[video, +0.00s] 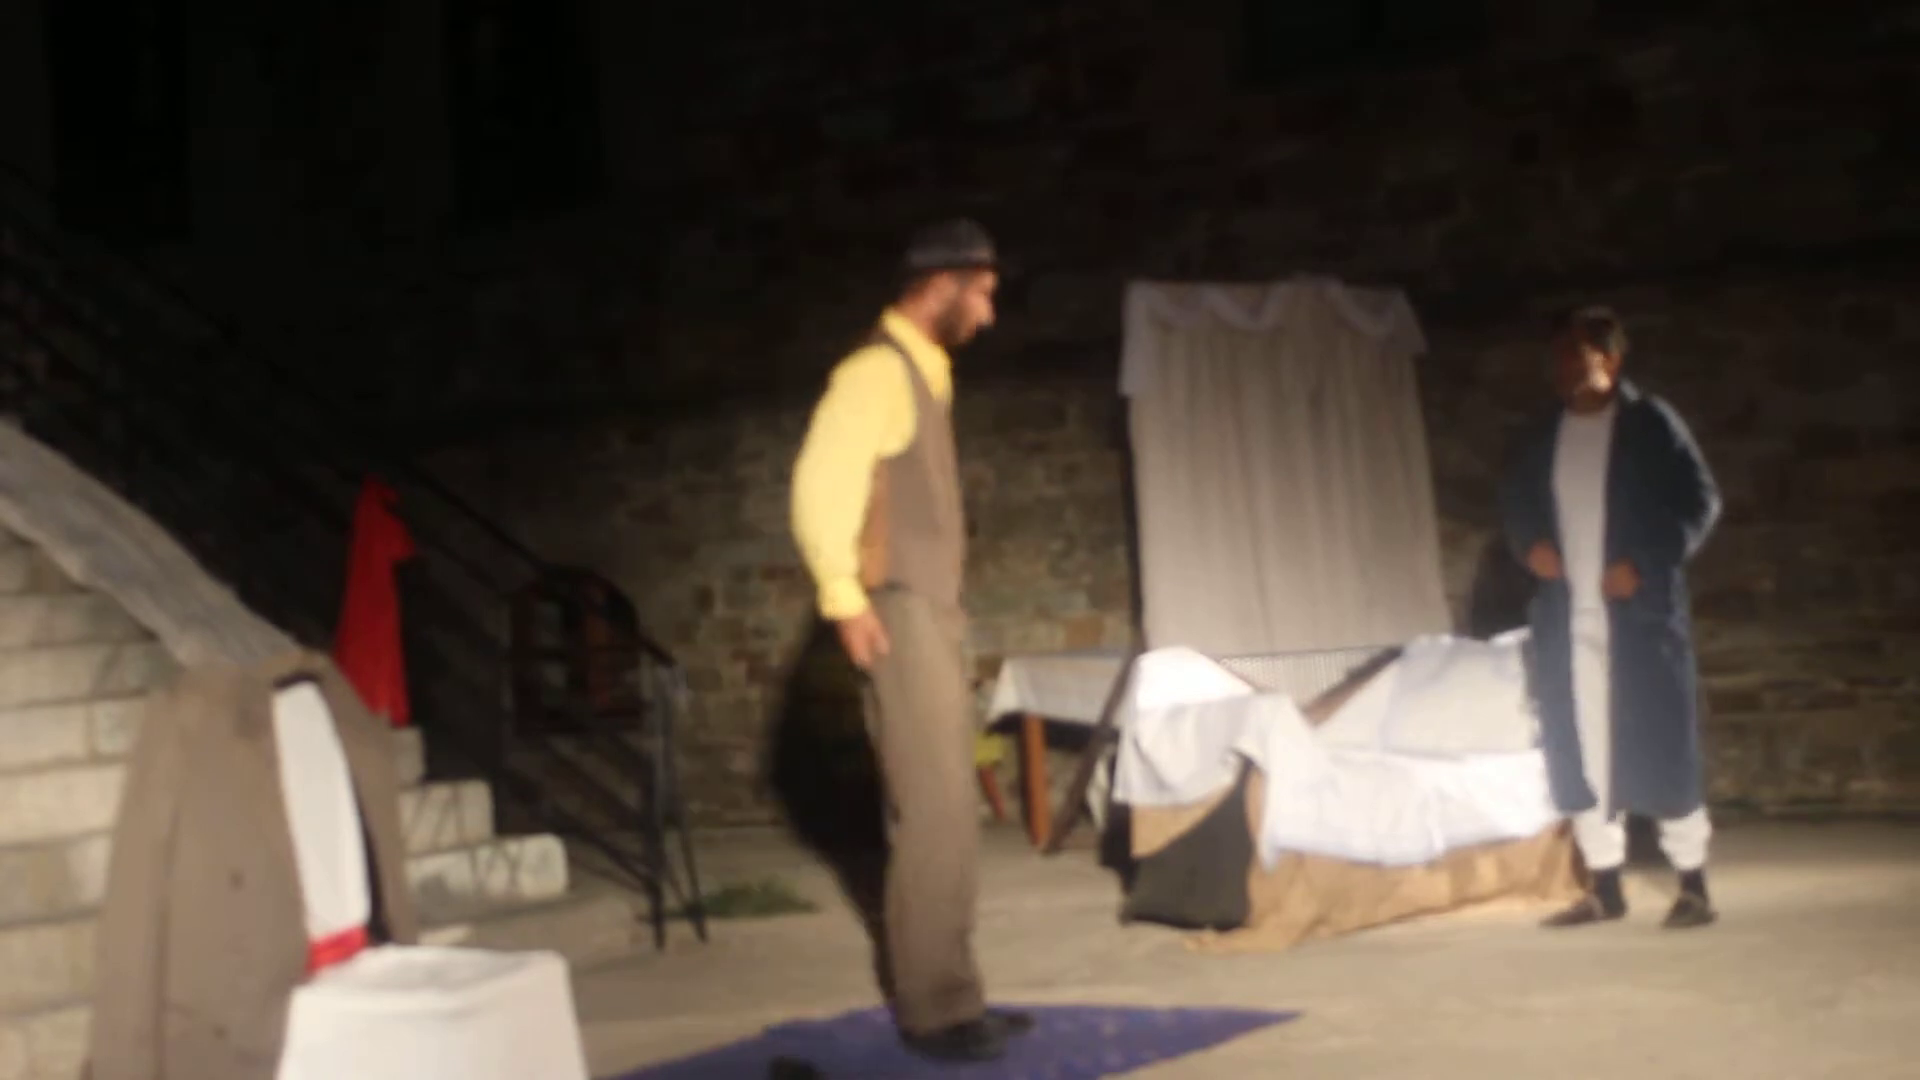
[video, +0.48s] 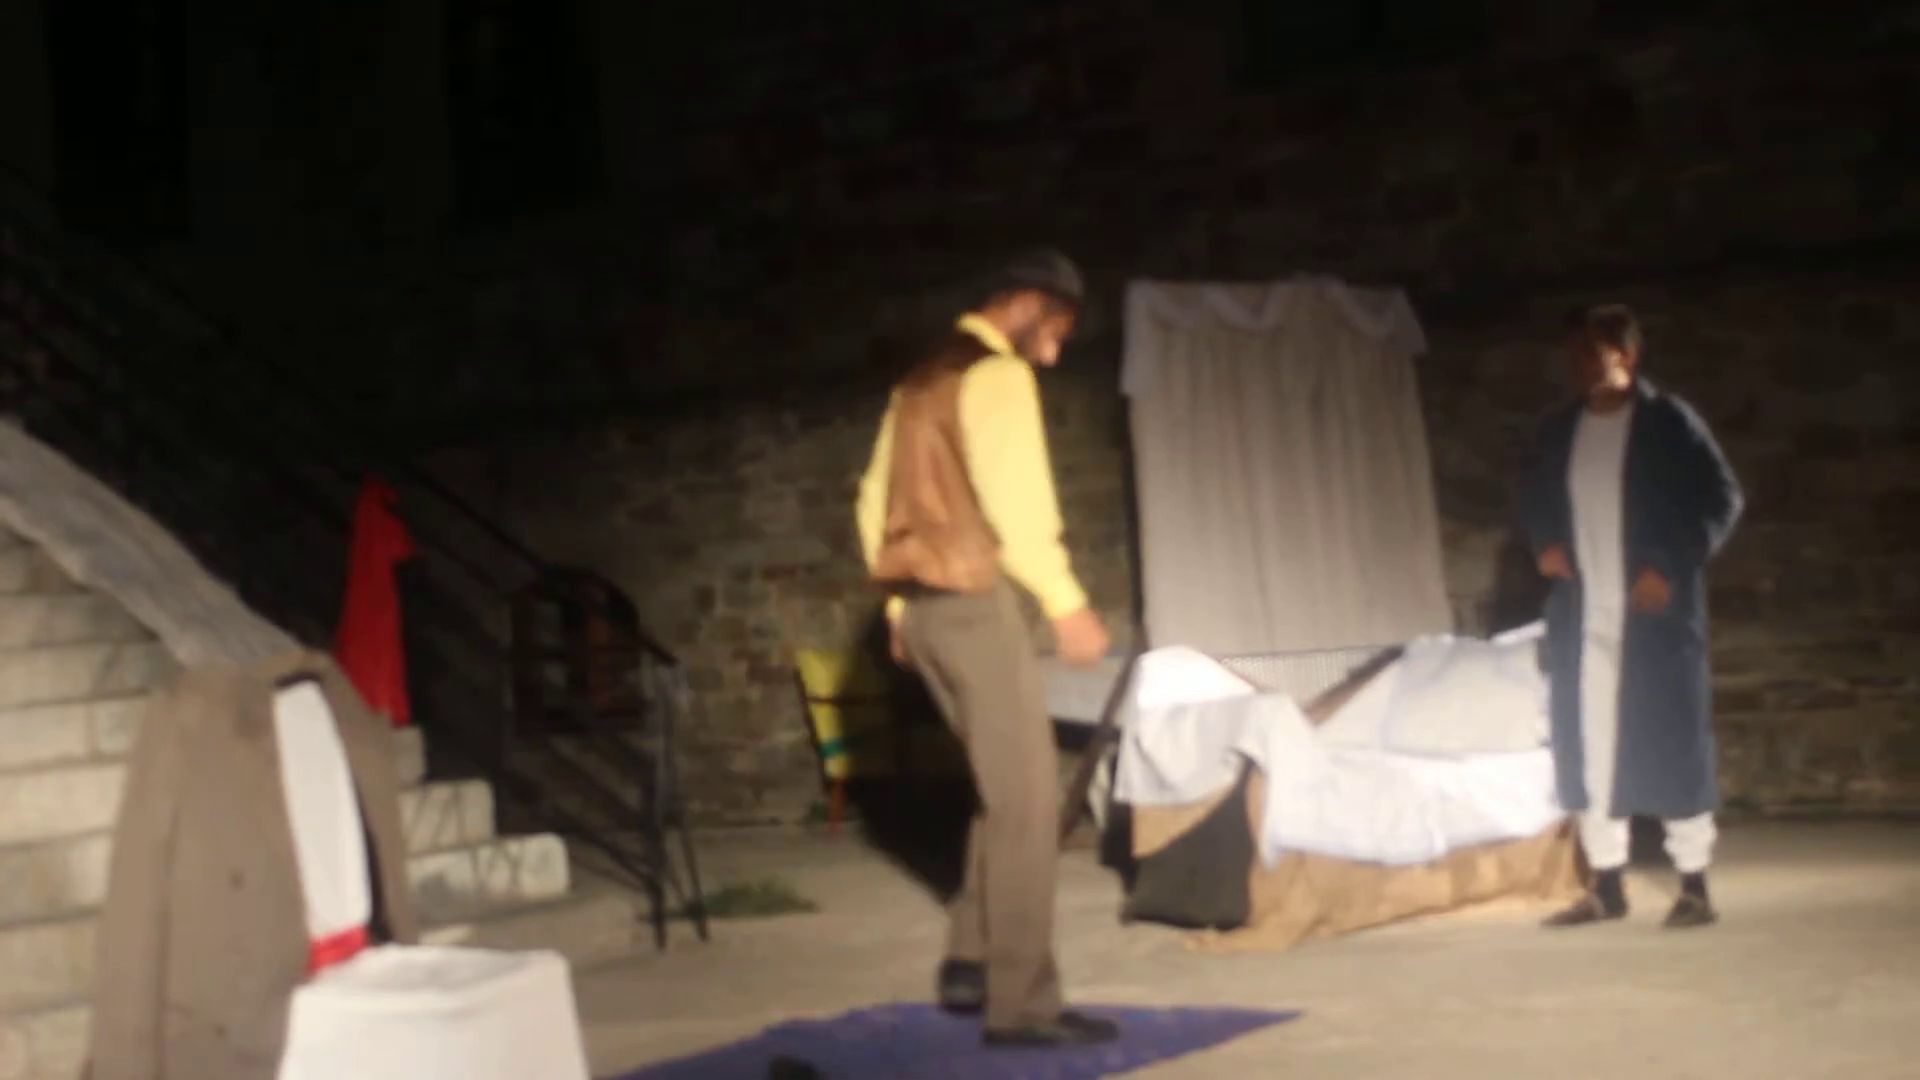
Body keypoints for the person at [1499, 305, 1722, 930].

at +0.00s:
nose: (1579, 369)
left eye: (1589, 357)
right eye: (1570, 358)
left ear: (1614, 359)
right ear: (1557, 364)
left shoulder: (1652, 422)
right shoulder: (1538, 435)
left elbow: (1699, 505)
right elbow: (1514, 500)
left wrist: (1644, 565)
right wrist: (1531, 543)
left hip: (1642, 619)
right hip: (1565, 620)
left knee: (1664, 742)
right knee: (1578, 746)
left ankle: (1693, 886)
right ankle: (1605, 889)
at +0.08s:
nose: (1583, 366)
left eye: (1594, 354)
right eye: (1574, 355)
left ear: (1617, 359)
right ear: (1559, 363)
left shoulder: (1654, 422)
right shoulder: (1539, 435)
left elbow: (1702, 505)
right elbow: (1518, 503)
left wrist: (1644, 566)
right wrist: (1534, 544)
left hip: (1644, 616)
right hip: (1568, 618)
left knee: (1664, 741)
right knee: (1580, 743)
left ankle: (1692, 887)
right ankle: (1605, 889)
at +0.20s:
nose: (1587, 367)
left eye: (1598, 354)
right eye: (1578, 355)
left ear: (1621, 358)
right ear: (1564, 363)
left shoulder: (1660, 422)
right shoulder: (1546, 433)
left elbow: (1707, 504)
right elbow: (1523, 500)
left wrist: (1651, 565)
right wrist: (1541, 545)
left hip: (1649, 620)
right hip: (1574, 621)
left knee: (1669, 744)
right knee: (1584, 745)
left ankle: (1693, 888)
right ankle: (1605, 889)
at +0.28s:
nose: (1589, 368)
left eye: (1600, 355)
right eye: (1580, 356)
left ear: (1623, 358)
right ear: (1566, 363)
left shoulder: (1663, 421)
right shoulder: (1549, 432)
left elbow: (1710, 504)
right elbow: (1524, 499)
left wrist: (1656, 567)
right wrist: (1544, 545)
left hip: (1651, 621)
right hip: (1575, 622)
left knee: (1671, 746)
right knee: (1583, 747)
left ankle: (1694, 887)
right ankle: (1606, 889)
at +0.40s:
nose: (1593, 368)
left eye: (1603, 355)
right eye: (1584, 356)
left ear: (1628, 356)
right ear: (1571, 363)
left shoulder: (1667, 421)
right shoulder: (1554, 431)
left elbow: (1716, 503)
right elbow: (1530, 496)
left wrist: (1664, 571)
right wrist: (1545, 543)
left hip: (1655, 620)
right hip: (1579, 623)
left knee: (1674, 744)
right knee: (1586, 745)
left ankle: (1693, 885)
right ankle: (1607, 887)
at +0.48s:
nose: (1594, 368)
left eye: (1604, 355)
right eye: (1585, 356)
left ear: (1630, 355)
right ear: (1573, 362)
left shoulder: (1670, 421)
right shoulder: (1557, 431)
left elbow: (1721, 502)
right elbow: (1533, 494)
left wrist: (1669, 569)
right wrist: (1546, 542)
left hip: (1659, 620)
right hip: (1584, 620)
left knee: (1675, 743)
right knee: (1588, 743)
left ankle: (1693, 886)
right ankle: (1606, 887)